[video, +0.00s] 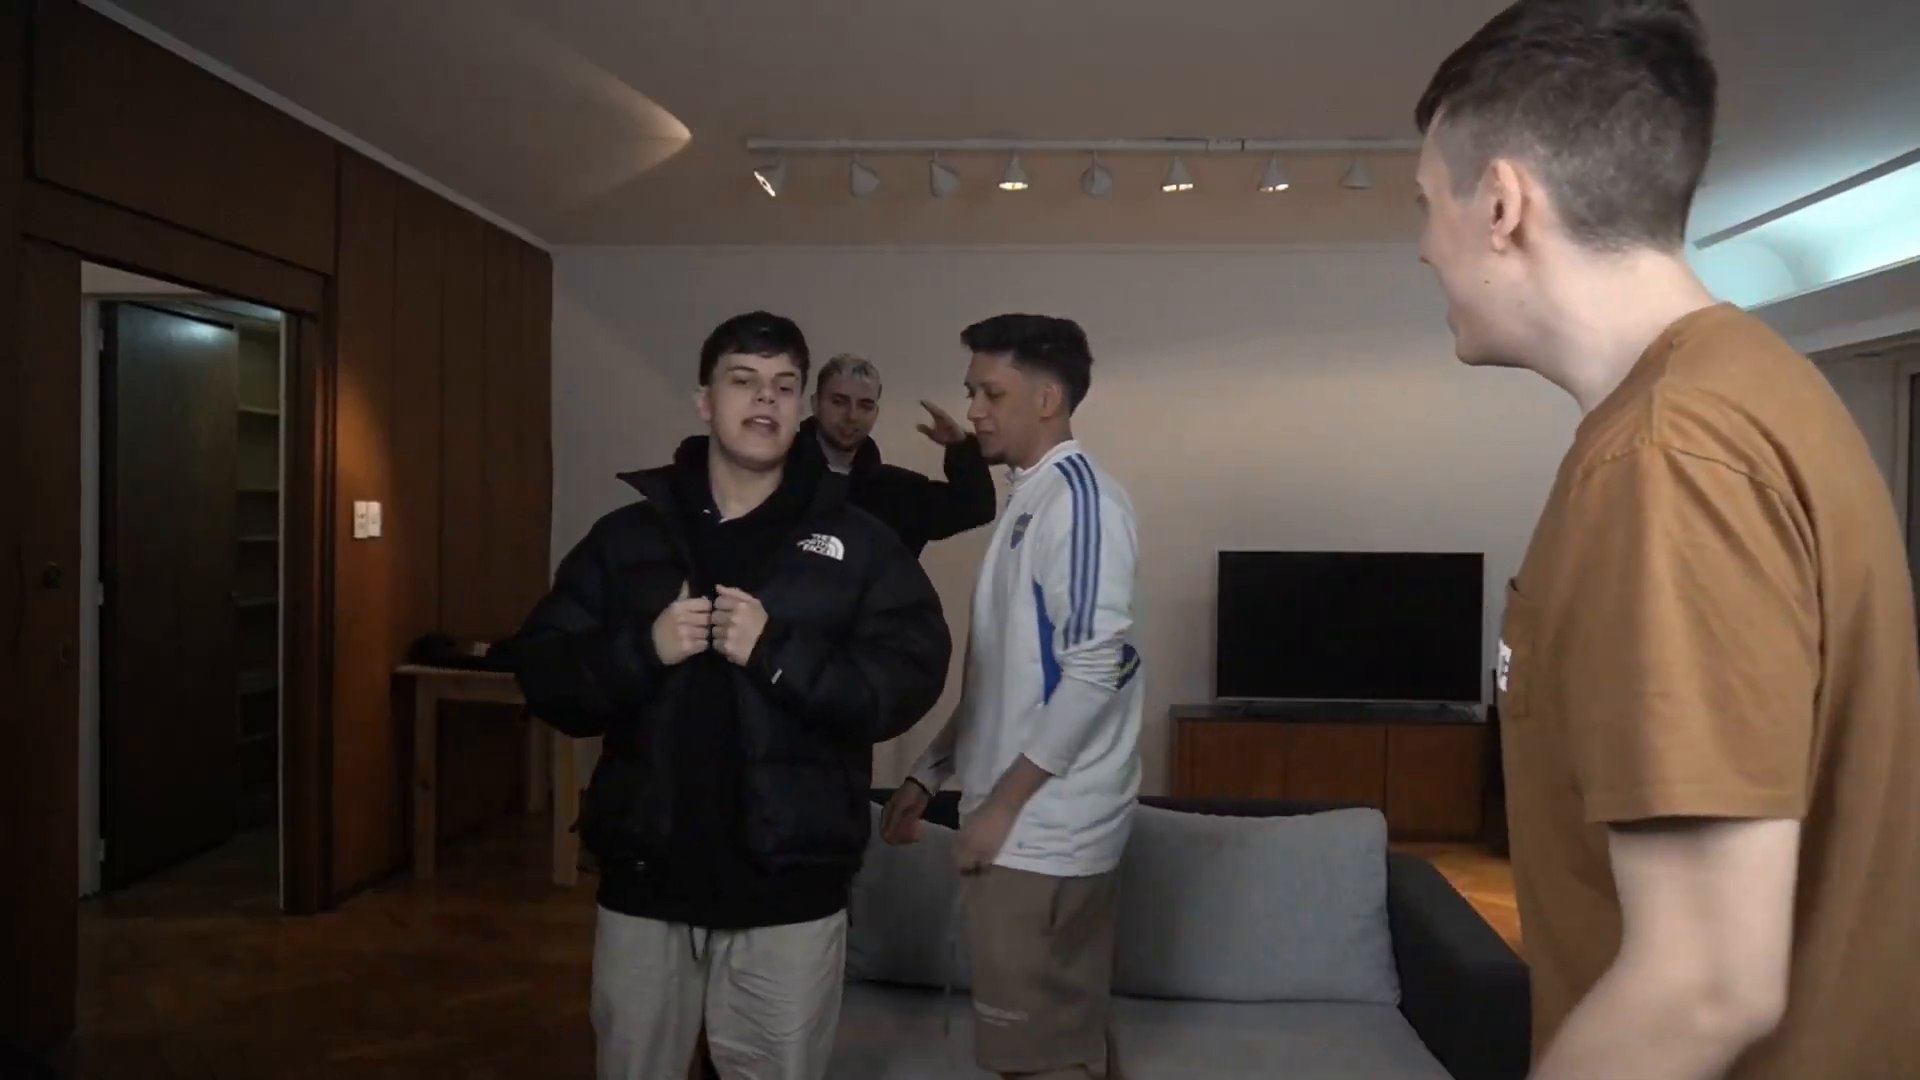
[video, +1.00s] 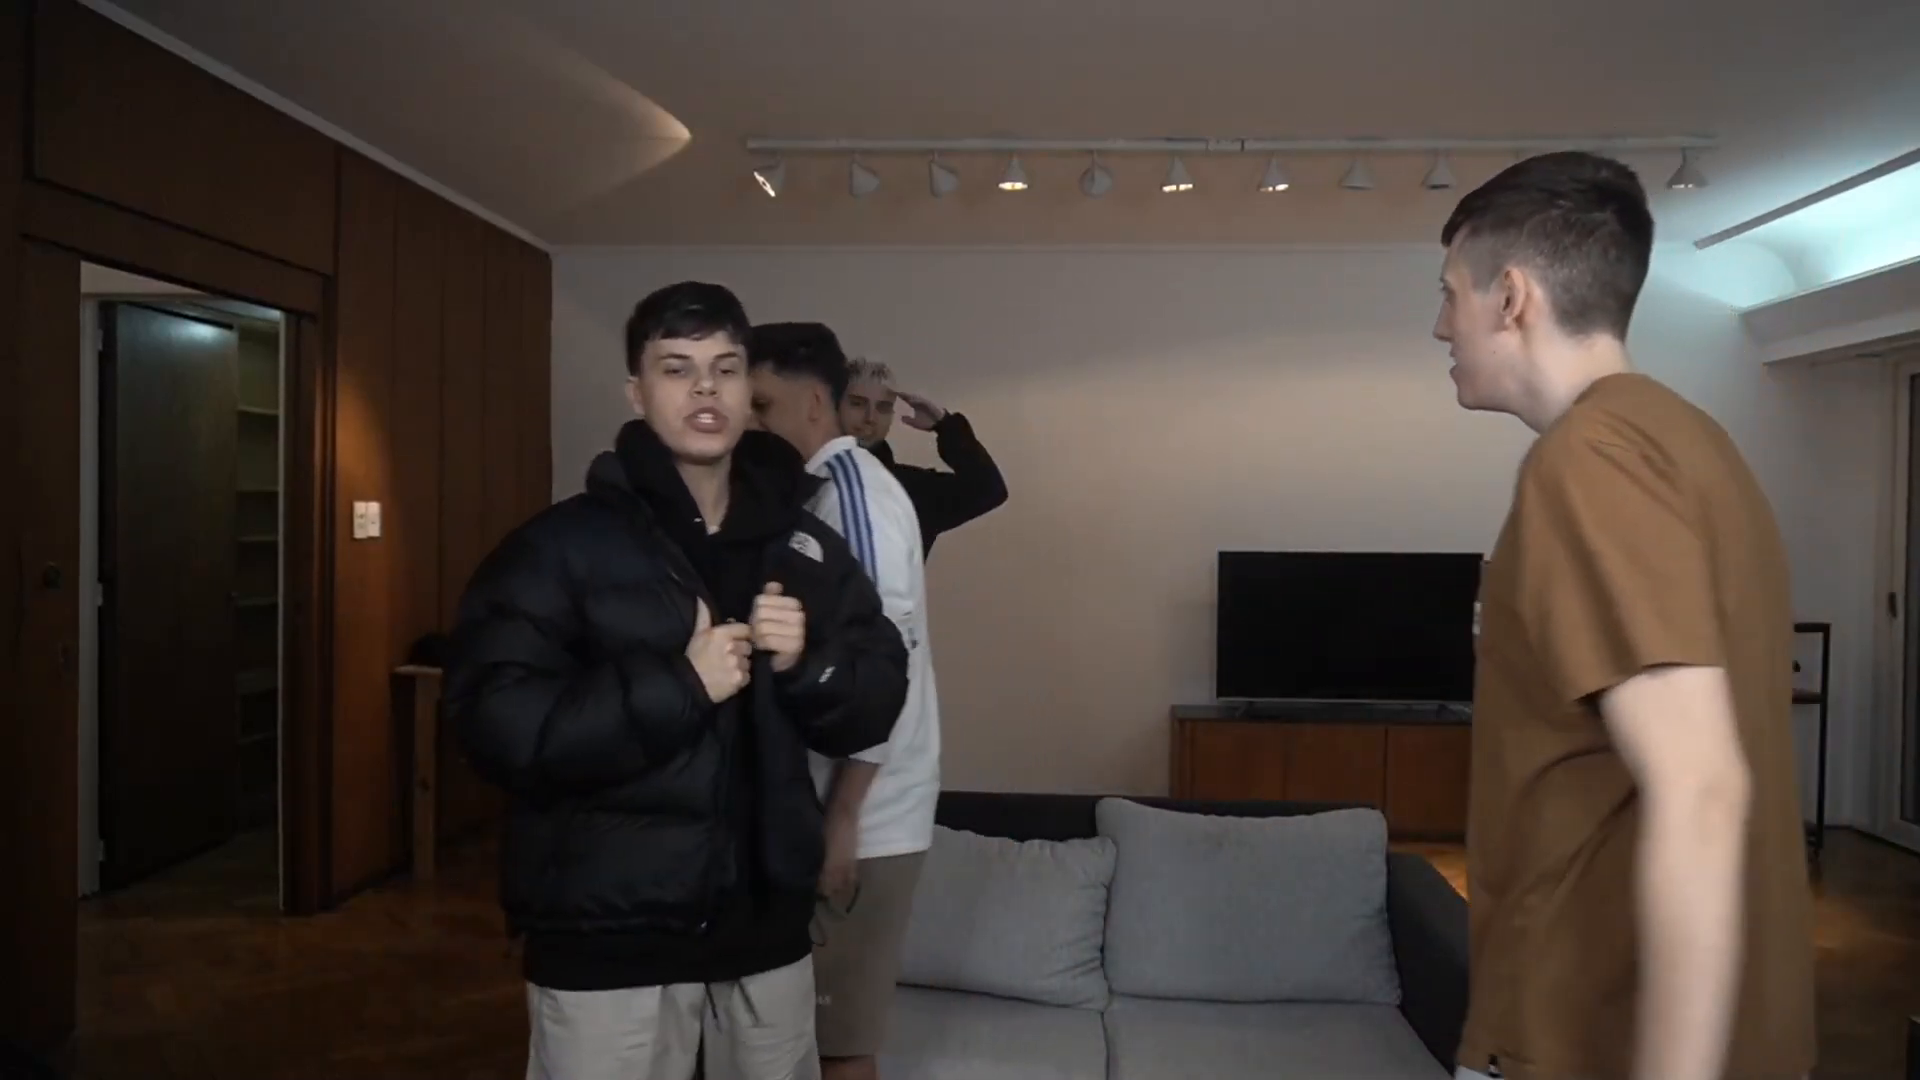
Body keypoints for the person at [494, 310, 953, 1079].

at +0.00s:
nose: (765, 398)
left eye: (785, 385)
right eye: (743, 381)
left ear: (805, 410)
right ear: (704, 406)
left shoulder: (860, 546)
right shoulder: (631, 534)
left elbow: (906, 680)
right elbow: (546, 674)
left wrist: (774, 649)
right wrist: (645, 648)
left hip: (789, 890)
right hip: (646, 881)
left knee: (775, 1071)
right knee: (633, 1069)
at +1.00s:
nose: (706, 390)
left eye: (726, 369)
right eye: (679, 370)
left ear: (751, 392)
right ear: (636, 392)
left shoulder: (799, 546)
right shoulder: (562, 547)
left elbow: (876, 705)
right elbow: (497, 721)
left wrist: (809, 658)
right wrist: (682, 684)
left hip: (764, 935)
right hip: (607, 943)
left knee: (779, 1068)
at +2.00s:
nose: (773, 394)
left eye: (787, 361)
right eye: (732, 371)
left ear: (810, 362)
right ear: (678, 389)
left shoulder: (923, 523)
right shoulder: (625, 530)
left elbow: (1059, 657)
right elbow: (525, 674)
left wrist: (912, 749)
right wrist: (558, 737)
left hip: (851, 1003)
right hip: (656, 997)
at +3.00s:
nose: (802, 383)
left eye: (828, 354)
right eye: (770, 354)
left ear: (858, 366)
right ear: (721, 366)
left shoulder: (927, 545)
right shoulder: (610, 532)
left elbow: (1016, 724)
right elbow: (478, 697)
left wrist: (975, 757)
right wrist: (610, 749)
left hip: (850, 1009)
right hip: (650, 1009)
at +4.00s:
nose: (356, 387)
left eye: (374, 360)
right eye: (317, 360)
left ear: (394, 373)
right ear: (251, 377)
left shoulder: (404, 526)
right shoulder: (160, 545)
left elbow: (449, 674)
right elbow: (81, 752)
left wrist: (511, 701)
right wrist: (328, 751)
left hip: (390, 969)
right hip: (247, 994)